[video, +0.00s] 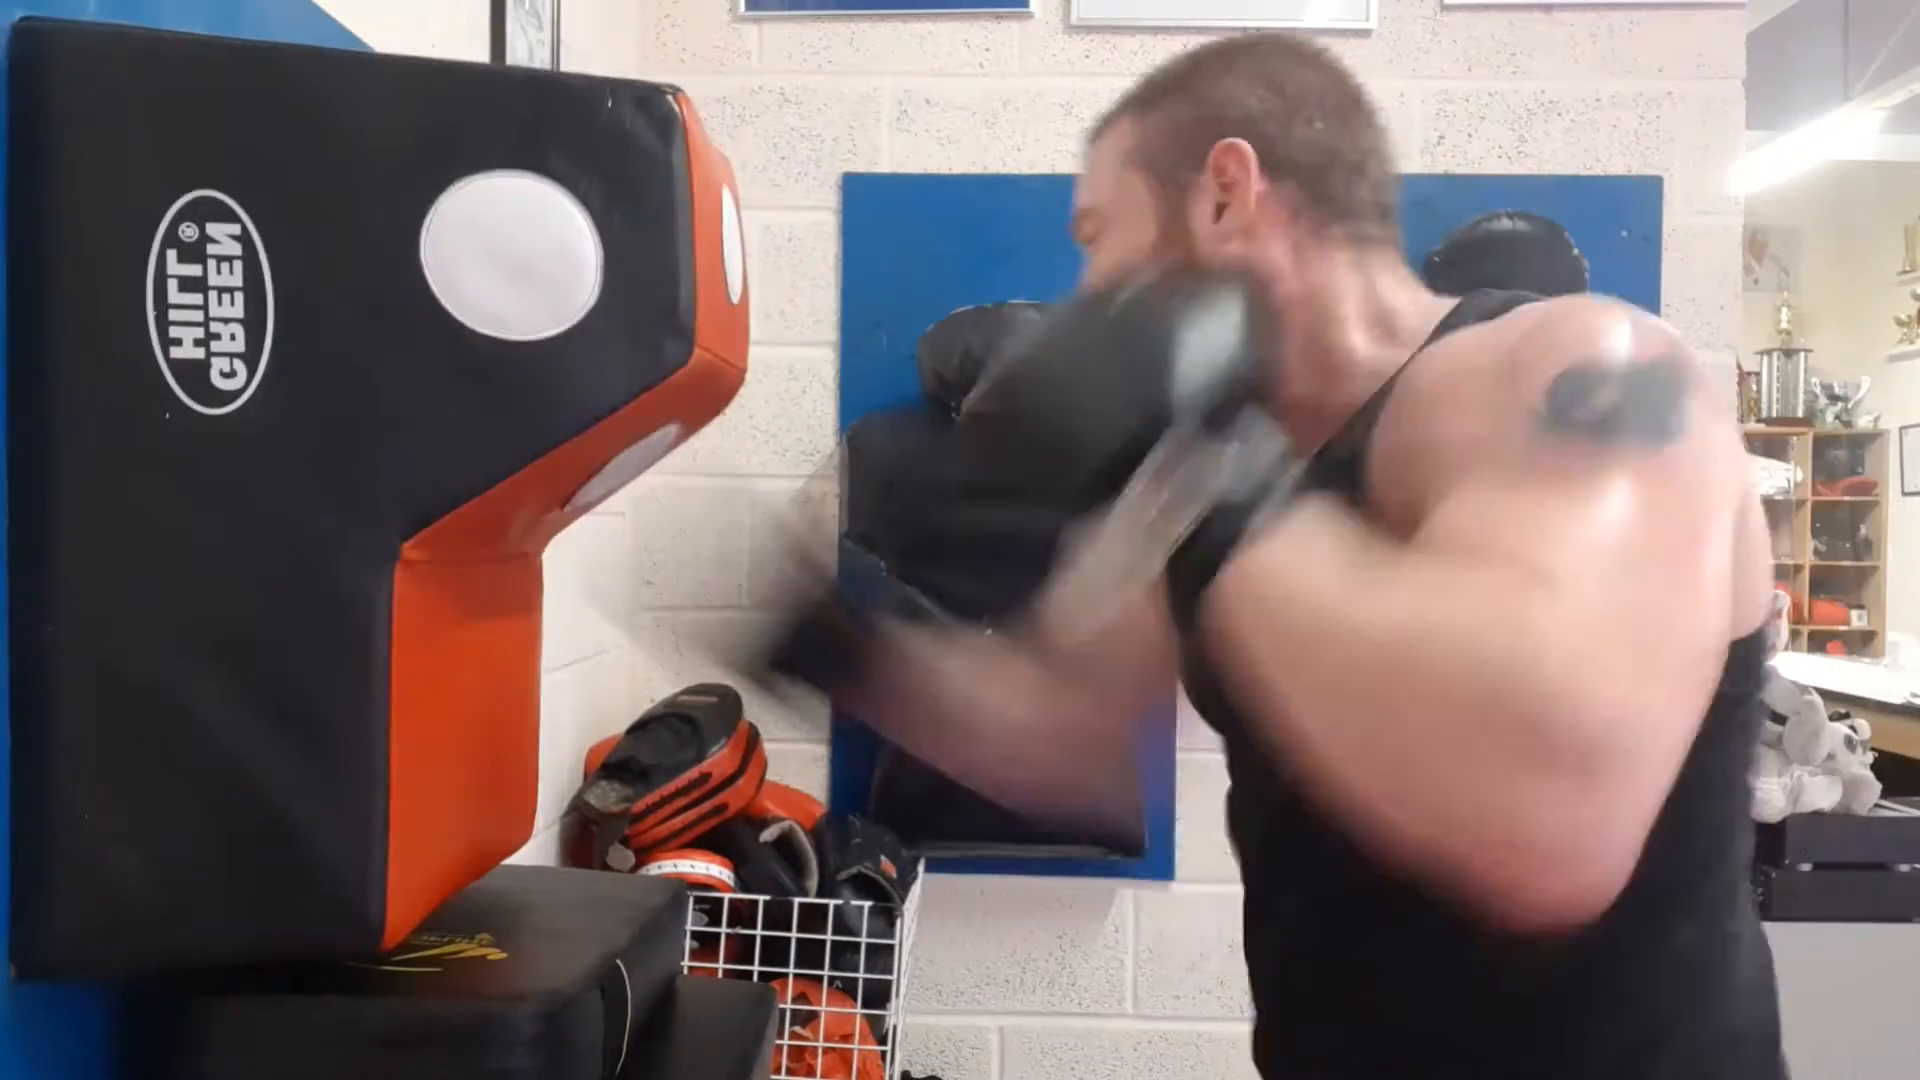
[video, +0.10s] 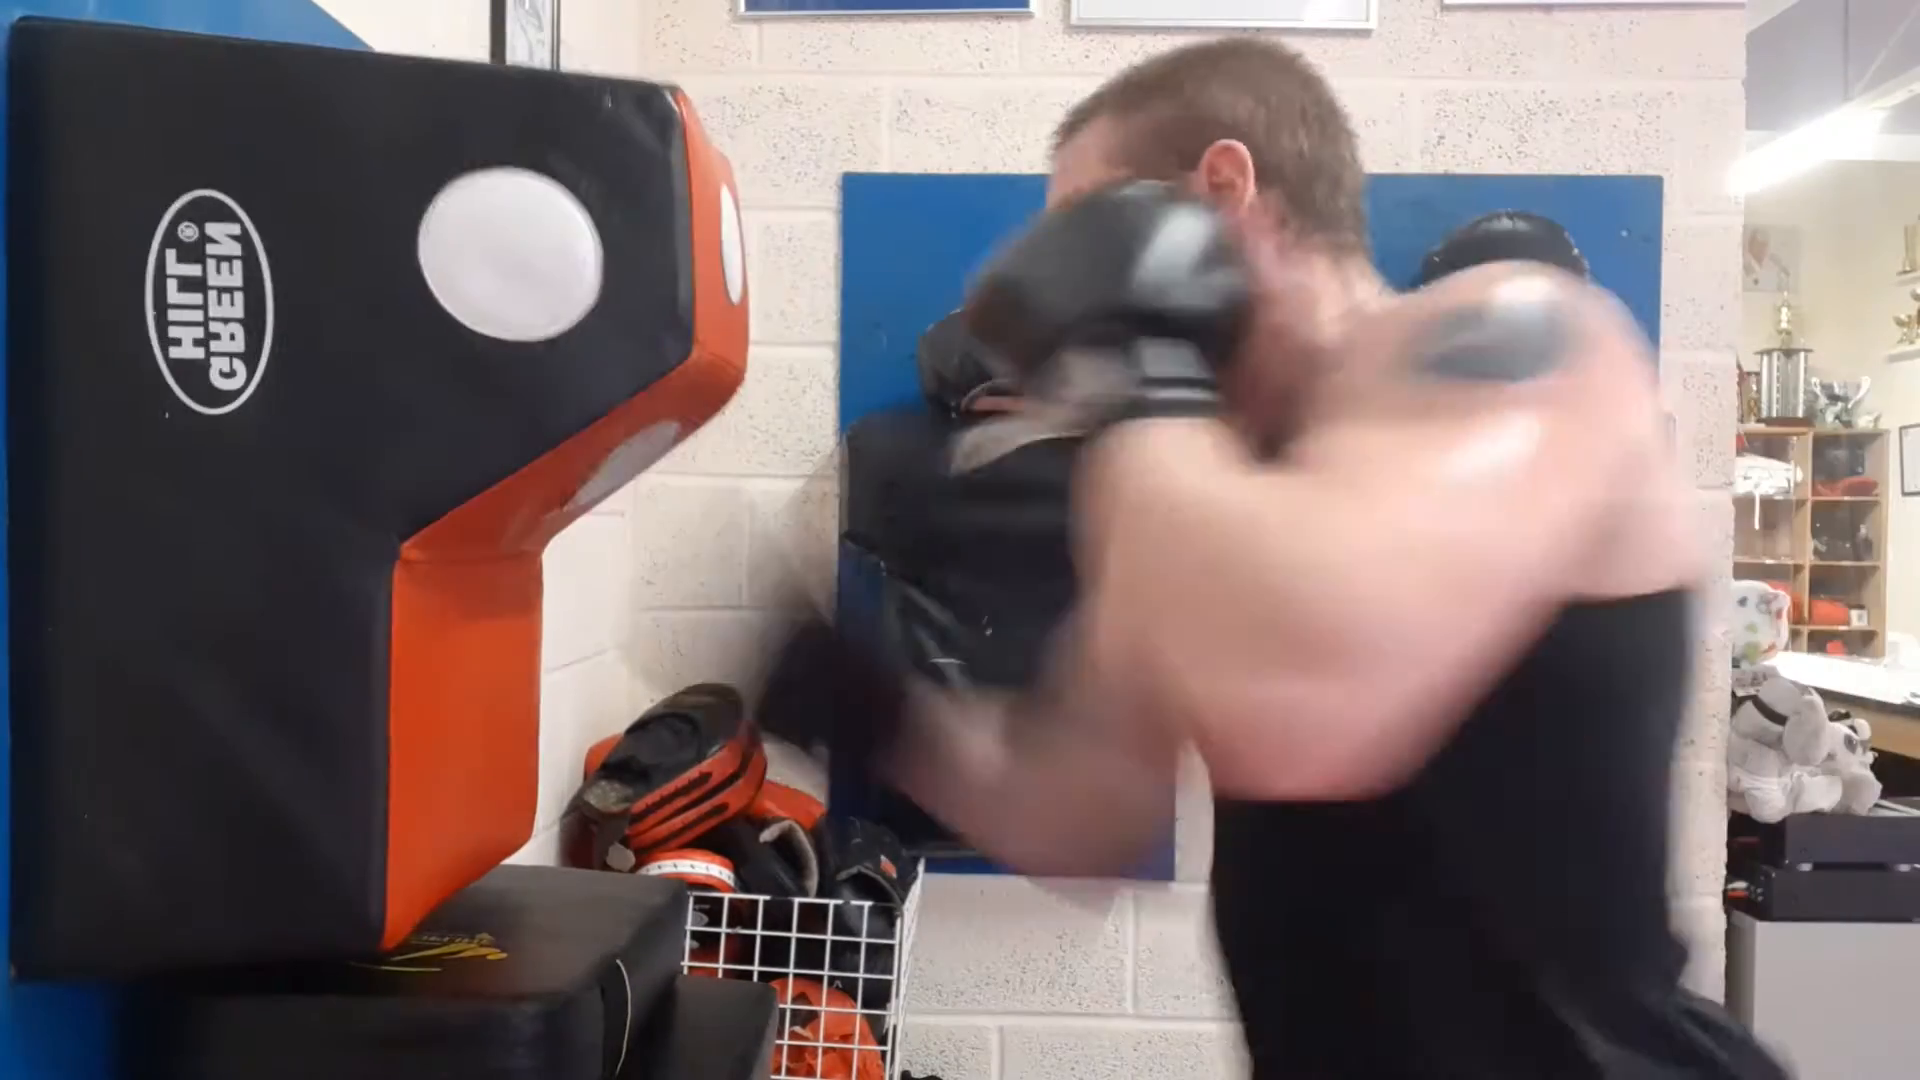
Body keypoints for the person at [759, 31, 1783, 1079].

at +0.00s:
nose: (1086, 292)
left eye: (1097, 235)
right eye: (1080, 247)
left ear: (1229, 195)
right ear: (1230, 204)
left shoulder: (1589, 367)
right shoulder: (1229, 469)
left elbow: (1552, 815)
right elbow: (1085, 744)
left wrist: (1203, 506)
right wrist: (860, 645)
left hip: (1611, 1050)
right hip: (1327, 1045)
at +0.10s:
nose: (1063, 276)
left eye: (1087, 229)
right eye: (1059, 241)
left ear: (1223, 190)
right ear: (1224, 197)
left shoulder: (1528, 331)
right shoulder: (1219, 463)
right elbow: (1102, 814)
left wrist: (1120, 396)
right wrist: (886, 719)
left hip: (1587, 1048)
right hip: (1328, 1051)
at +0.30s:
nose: (1096, 438)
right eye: (1096, 416)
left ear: (1194, 359)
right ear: (1304, 385)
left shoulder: (1188, 442)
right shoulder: (1447, 614)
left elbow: (886, 720)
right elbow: (1573, 945)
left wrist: (1030, 528)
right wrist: (1353, 1011)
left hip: (1189, 1036)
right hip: (1371, 1052)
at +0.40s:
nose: (1047, 469)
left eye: (1072, 429)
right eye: (1058, 434)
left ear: (1177, 418)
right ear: (1200, 425)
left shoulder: (1213, 506)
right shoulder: (1383, 619)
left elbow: (929, 688)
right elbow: (1507, 970)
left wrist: (900, 571)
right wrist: (1328, 1036)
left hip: (1192, 1045)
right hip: (1349, 1052)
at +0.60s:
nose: (1074, 286)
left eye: (1121, 239)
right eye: (1074, 253)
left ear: (1271, 257)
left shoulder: (1475, 489)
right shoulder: (1071, 469)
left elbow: (1650, 743)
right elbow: (868, 506)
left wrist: (1717, 999)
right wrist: (751, 410)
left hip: (1407, 1051)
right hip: (1148, 1046)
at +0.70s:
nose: (1072, 271)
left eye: (1110, 224)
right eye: (1085, 225)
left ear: (1263, 247)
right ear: (1255, 249)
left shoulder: (1490, 504)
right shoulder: (1137, 455)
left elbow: (1667, 771)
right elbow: (1097, 568)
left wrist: (1798, 1022)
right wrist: (929, 535)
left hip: (1385, 1057)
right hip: (1152, 1052)